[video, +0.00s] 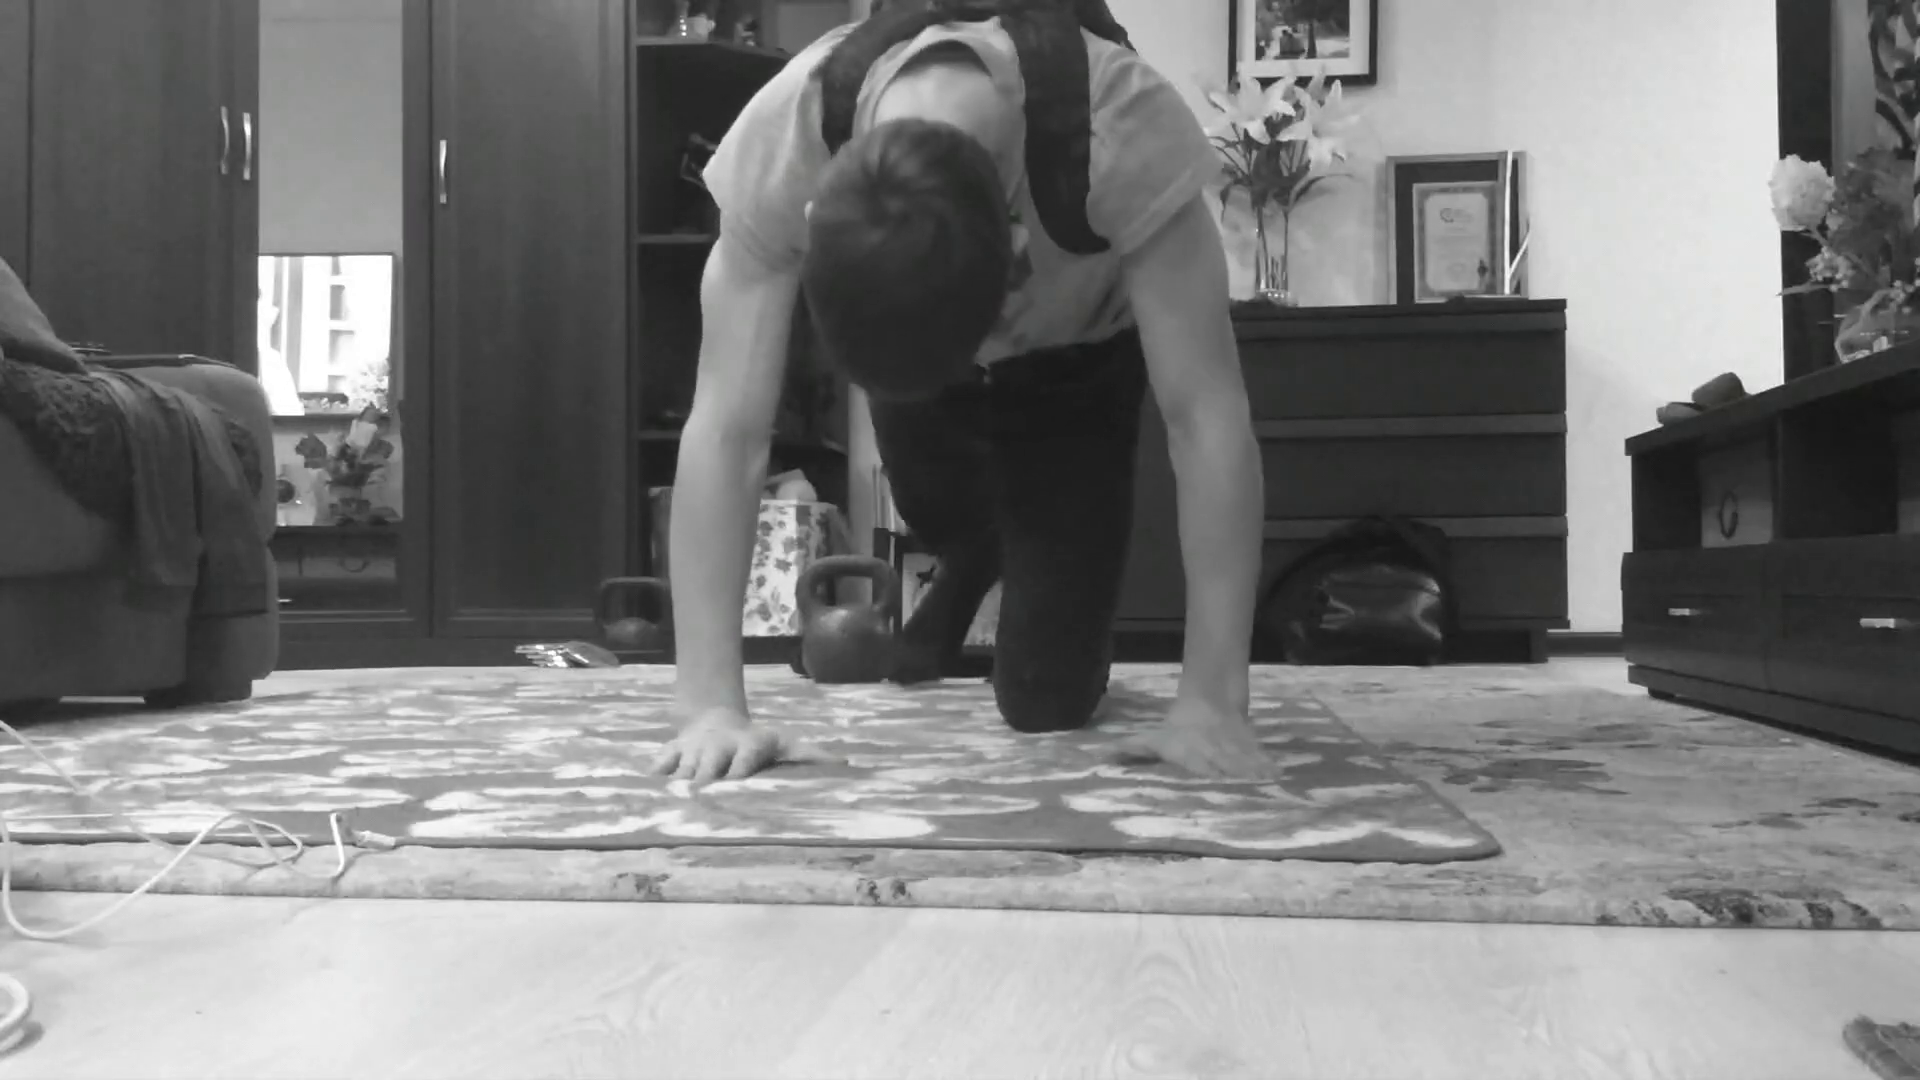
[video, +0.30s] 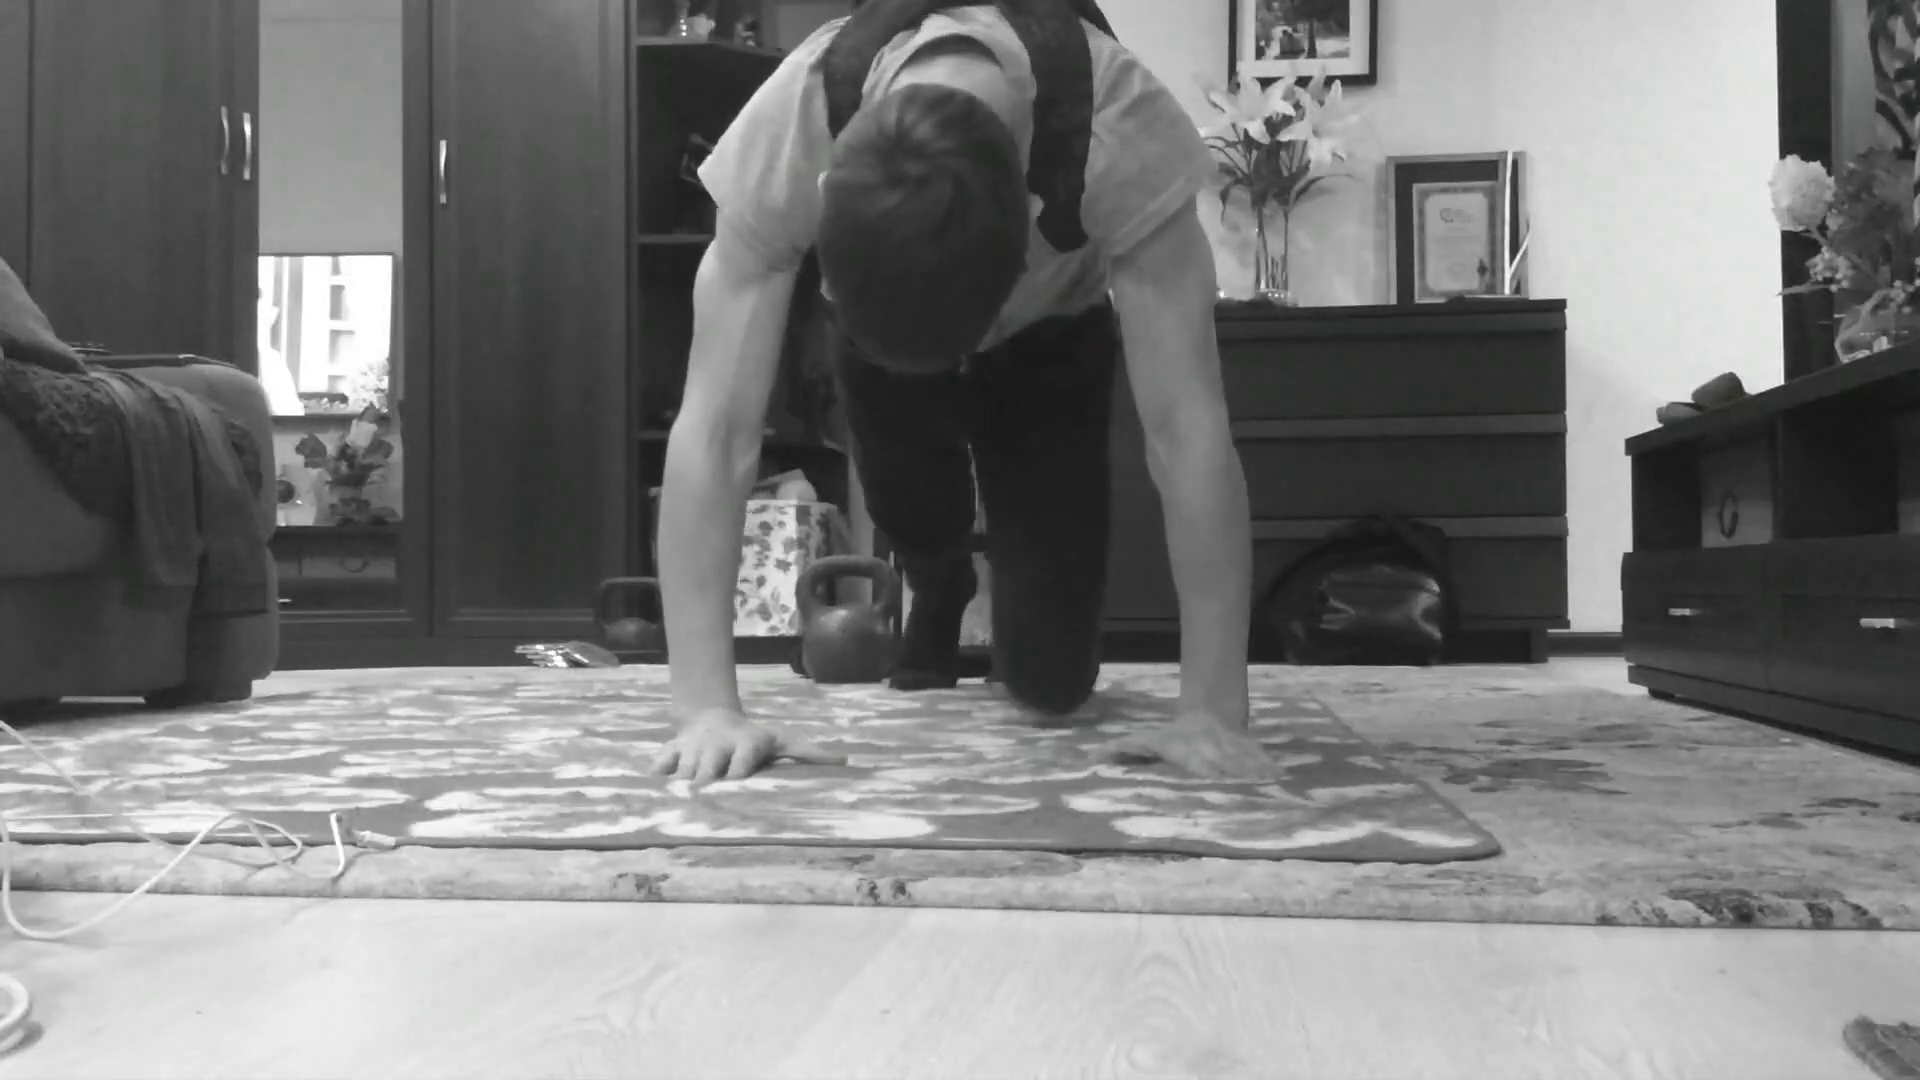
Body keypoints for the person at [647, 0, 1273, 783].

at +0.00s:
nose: (904, 399)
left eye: (927, 382)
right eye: (889, 387)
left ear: (1012, 259)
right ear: (821, 247)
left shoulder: (1126, 137)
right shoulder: (780, 153)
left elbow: (1208, 416)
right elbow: (724, 435)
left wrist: (1214, 702)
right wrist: (711, 710)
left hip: (1079, 340)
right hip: (911, 346)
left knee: (1039, 704)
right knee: (933, 511)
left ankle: (1062, 643)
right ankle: (969, 563)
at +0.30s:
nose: (928, 370)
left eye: (956, 344)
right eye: (892, 352)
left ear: (1016, 235)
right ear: (834, 244)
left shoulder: (1126, 139)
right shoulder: (783, 144)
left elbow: (1190, 433)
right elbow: (713, 434)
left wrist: (1214, 714)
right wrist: (707, 712)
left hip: (1052, 312)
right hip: (879, 318)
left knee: (1050, 683)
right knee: (913, 526)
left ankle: (1029, 627)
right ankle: (936, 592)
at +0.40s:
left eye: (960, 341)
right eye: (892, 352)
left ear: (1013, 238)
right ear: (831, 208)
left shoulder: (1125, 137)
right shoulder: (781, 144)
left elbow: (1190, 434)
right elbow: (710, 435)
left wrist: (1215, 714)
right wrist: (706, 711)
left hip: (1053, 293)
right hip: (877, 303)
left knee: (1060, 580)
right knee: (915, 532)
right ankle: (934, 591)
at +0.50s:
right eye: (887, 353)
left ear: (1014, 249)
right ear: (829, 223)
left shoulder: (1125, 139)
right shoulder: (778, 148)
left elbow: (1189, 431)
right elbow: (708, 434)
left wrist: (1215, 714)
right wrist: (706, 711)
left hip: (1055, 262)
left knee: (1065, 493)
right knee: (905, 474)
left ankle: (1032, 617)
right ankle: (934, 591)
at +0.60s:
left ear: (1020, 235)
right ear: (824, 222)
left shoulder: (1123, 142)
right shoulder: (777, 148)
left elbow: (1188, 429)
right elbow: (707, 433)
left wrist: (1215, 714)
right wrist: (707, 711)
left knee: (1048, 424)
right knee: (903, 439)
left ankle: (1028, 514)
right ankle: (938, 577)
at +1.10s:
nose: (942, 362)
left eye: (967, 347)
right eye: (906, 351)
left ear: (1034, 214)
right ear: (841, 224)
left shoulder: (1124, 148)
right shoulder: (789, 163)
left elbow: (1186, 431)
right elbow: (721, 436)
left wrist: (1214, 713)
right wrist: (707, 709)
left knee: (1047, 426)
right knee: (910, 425)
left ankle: (1048, 613)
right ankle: (933, 603)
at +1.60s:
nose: (936, 282)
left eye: (962, 257)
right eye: (901, 265)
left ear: (1020, 159)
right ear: (838, 175)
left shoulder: (1107, 158)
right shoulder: (782, 174)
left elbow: (1173, 443)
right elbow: (725, 444)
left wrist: (1213, 710)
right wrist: (710, 707)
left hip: (1044, 267)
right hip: (879, 282)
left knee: (1048, 474)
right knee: (915, 476)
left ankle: (1069, 644)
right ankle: (935, 611)